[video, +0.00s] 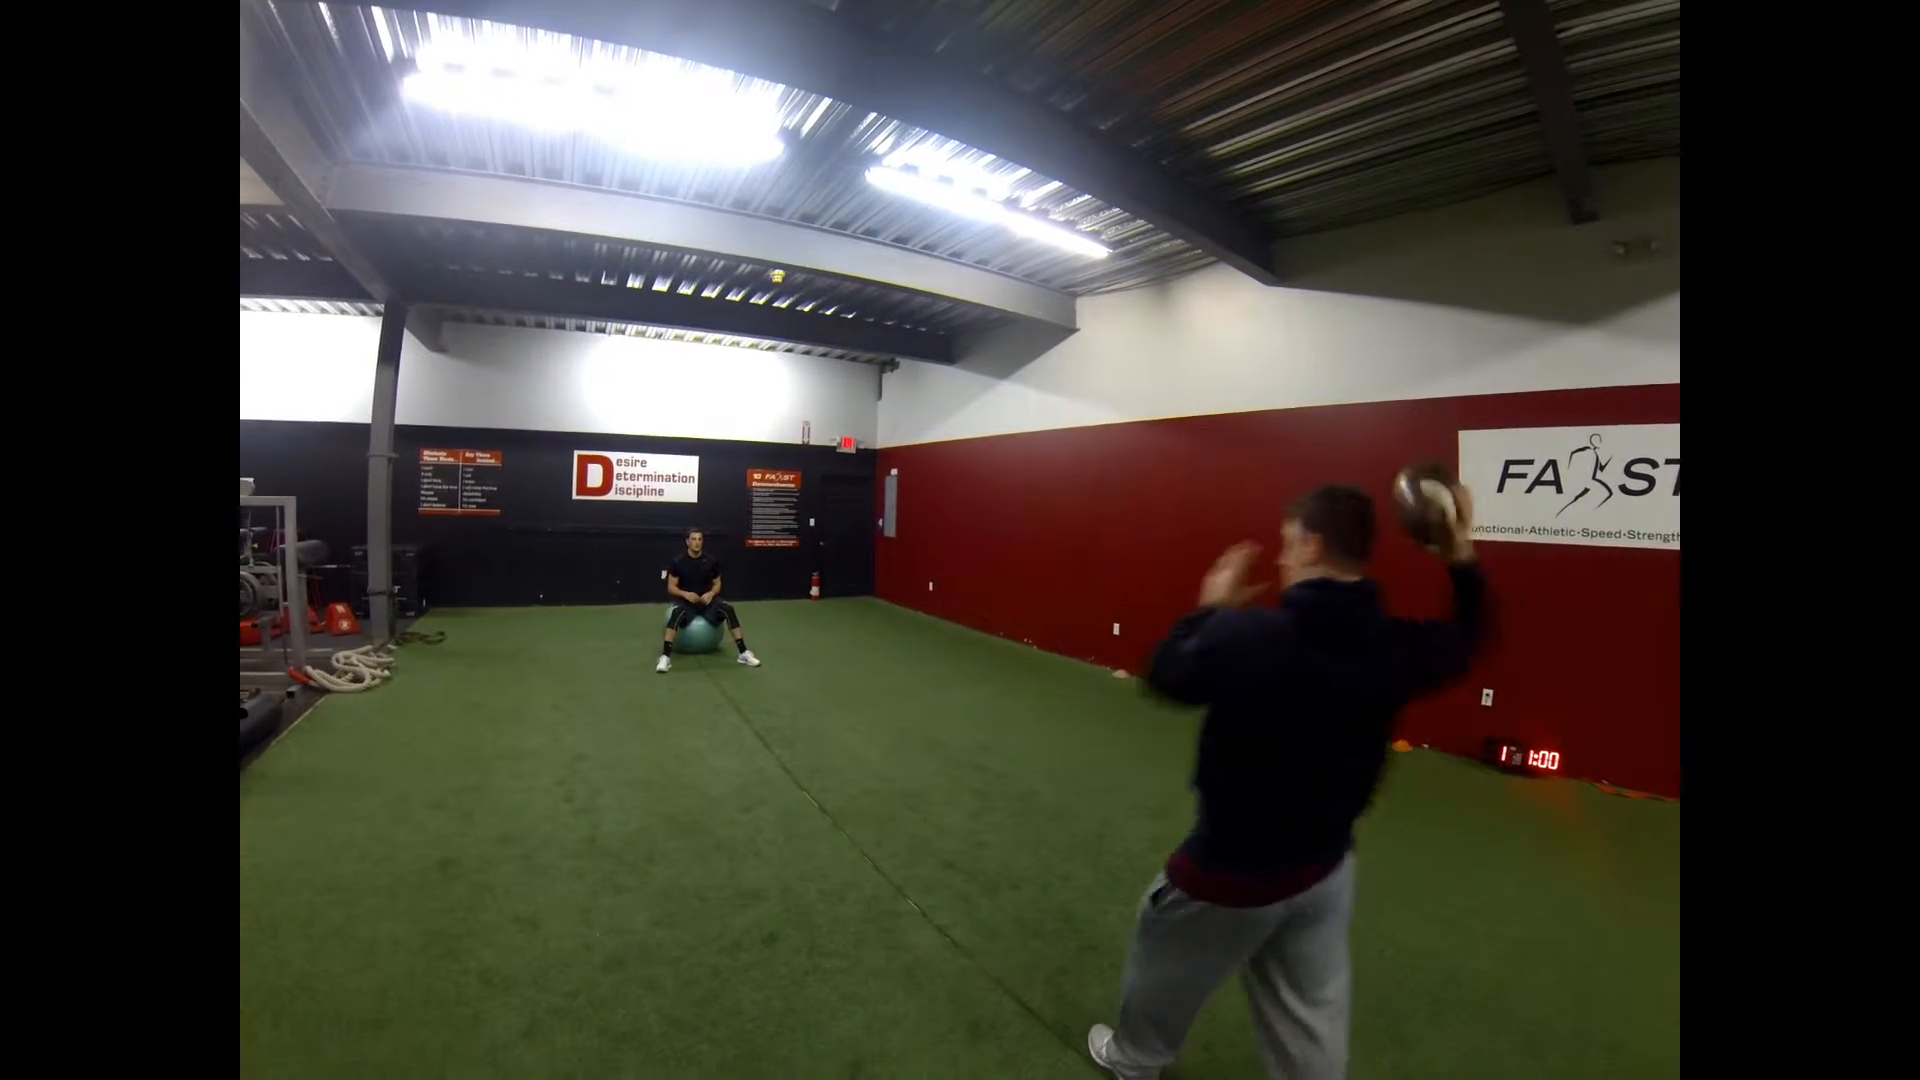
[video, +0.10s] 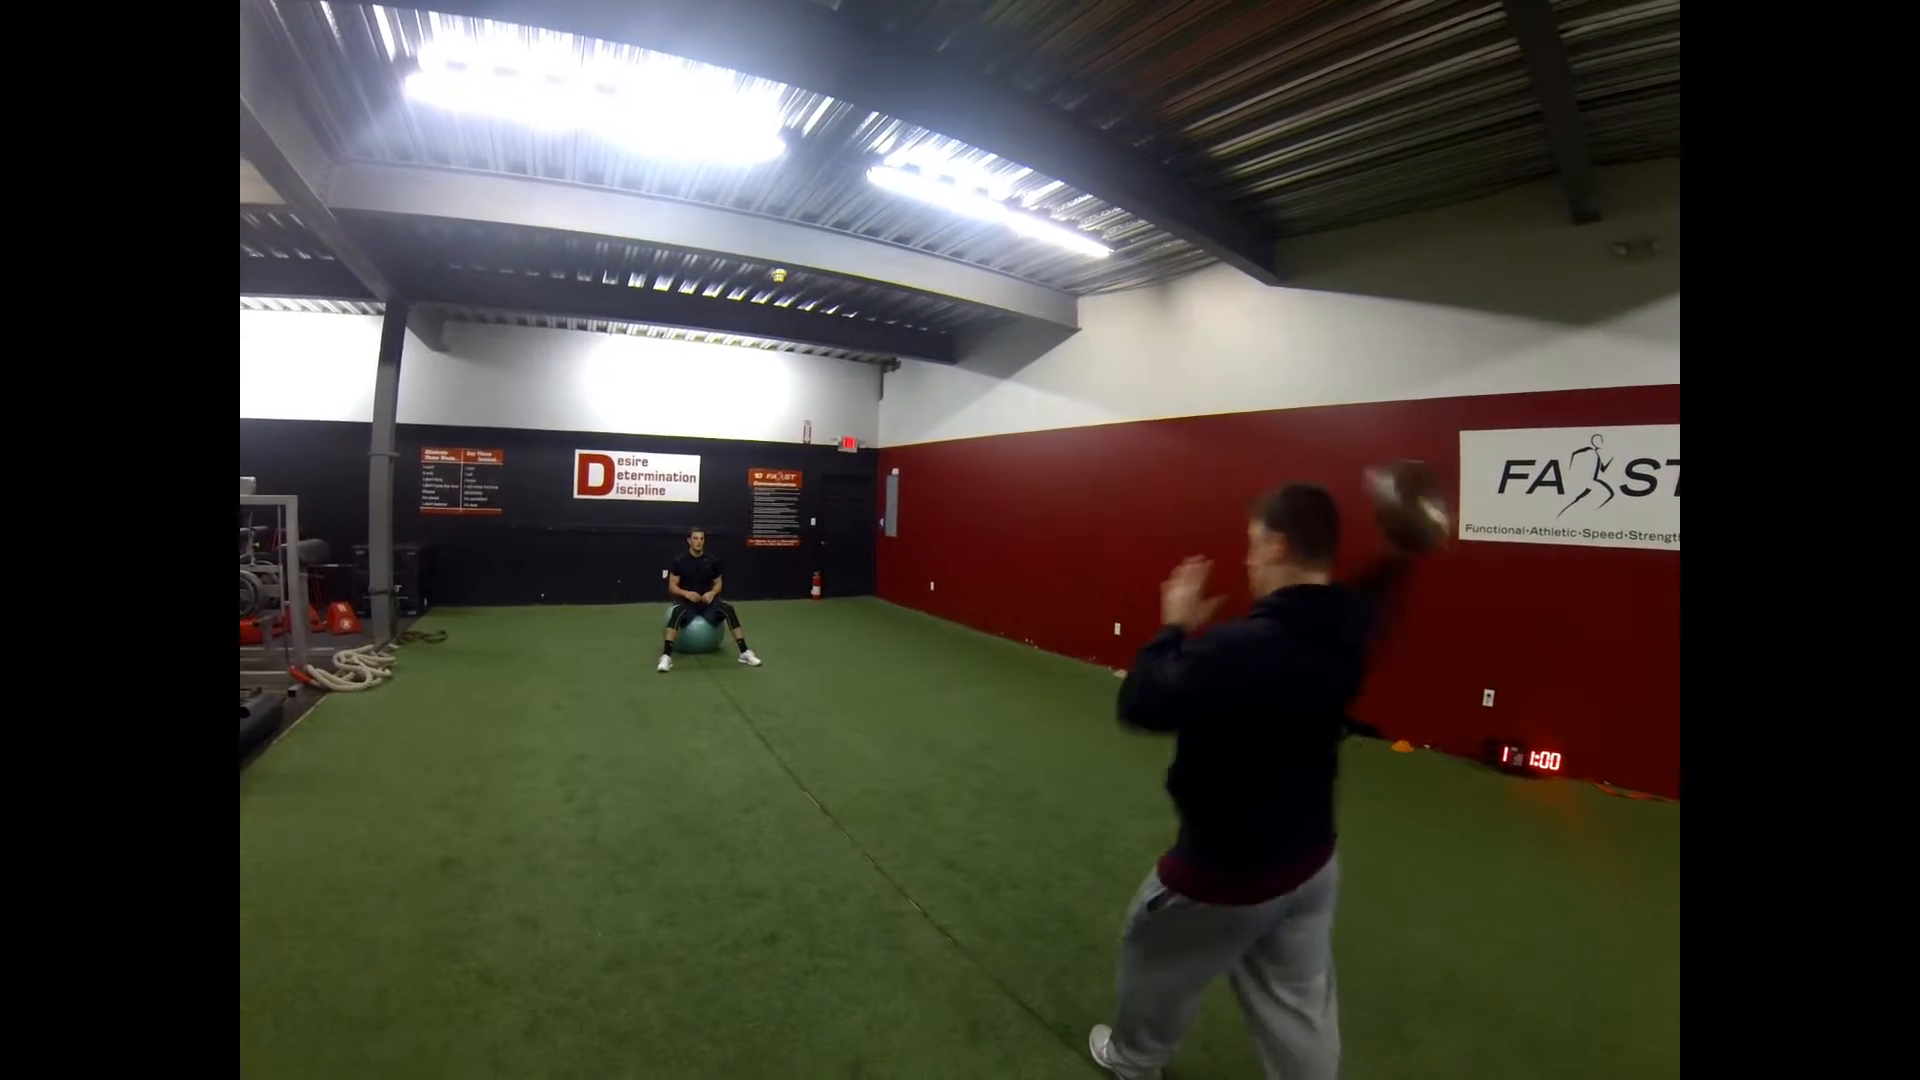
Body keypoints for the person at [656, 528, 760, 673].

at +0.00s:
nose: (697, 542)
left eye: (699, 539)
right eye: (693, 539)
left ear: (703, 542)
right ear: (687, 542)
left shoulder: (711, 561)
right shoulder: (678, 563)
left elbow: (717, 584)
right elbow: (671, 587)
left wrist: (710, 594)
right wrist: (686, 594)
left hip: (707, 601)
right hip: (687, 601)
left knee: (728, 609)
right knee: (677, 612)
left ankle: (743, 652)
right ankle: (665, 656)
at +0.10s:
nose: (699, 542)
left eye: (701, 539)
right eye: (695, 538)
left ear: (704, 541)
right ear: (689, 541)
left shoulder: (712, 560)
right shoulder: (680, 562)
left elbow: (718, 583)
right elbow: (672, 587)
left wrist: (712, 593)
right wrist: (687, 594)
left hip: (708, 601)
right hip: (688, 602)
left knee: (728, 609)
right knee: (677, 612)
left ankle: (744, 652)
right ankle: (666, 656)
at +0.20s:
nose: (699, 542)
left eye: (702, 539)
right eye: (696, 539)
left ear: (705, 542)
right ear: (690, 541)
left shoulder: (713, 561)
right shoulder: (681, 563)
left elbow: (719, 584)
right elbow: (673, 587)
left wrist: (714, 591)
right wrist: (688, 592)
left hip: (708, 602)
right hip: (688, 602)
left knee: (729, 610)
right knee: (677, 612)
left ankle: (745, 653)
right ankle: (667, 656)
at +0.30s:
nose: (700, 543)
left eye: (703, 540)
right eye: (697, 539)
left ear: (706, 542)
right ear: (691, 542)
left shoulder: (714, 561)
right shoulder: (682, 562)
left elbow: (723, 587)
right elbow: (674, 587)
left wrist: (718, 582)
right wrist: (692, 582)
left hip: (709, 603)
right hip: (688, 604)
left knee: (730, 611)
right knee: (677, 612)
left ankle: (746, 653)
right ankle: (668, 657)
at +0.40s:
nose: (700, 543)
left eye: (703, 540)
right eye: (697, 539)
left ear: (706, 542)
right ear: (691, 541)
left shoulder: (711, 560)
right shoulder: (682, 560)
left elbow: (722, 586)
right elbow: (676, 583)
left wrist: (718, 573)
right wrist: (693, 571)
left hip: (708, 602)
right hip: (688, 603)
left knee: (729, 612)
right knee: (678, 612)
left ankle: (747, 653)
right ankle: (668, 657)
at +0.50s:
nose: (698, 545)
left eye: (701, 542)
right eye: (695, 541)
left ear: (704, 544)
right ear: (689, 543)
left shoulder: (709, 562)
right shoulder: (681, 561)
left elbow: (720, 584)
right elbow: (681, 582)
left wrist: (720, 578)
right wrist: (695, 575)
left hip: (707, 604)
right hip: (687, 604)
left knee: (728, 612)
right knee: (677, 614)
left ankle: (746, 655)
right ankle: (667, 659)